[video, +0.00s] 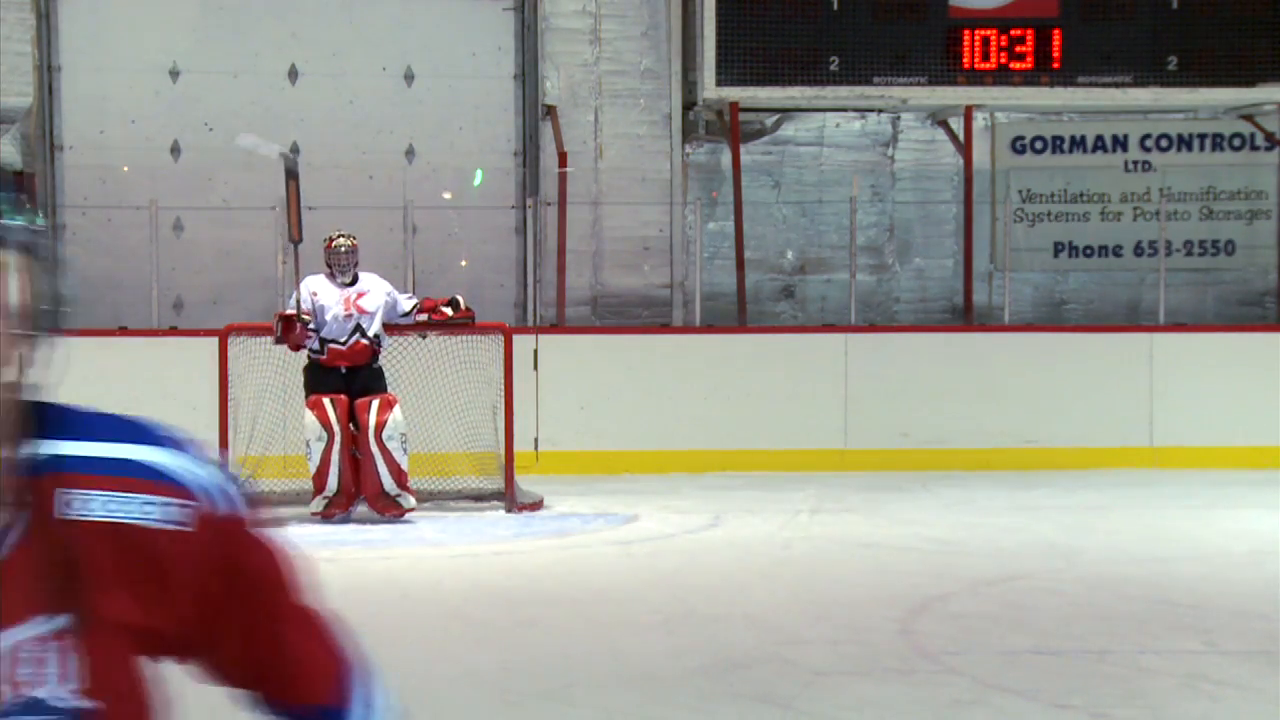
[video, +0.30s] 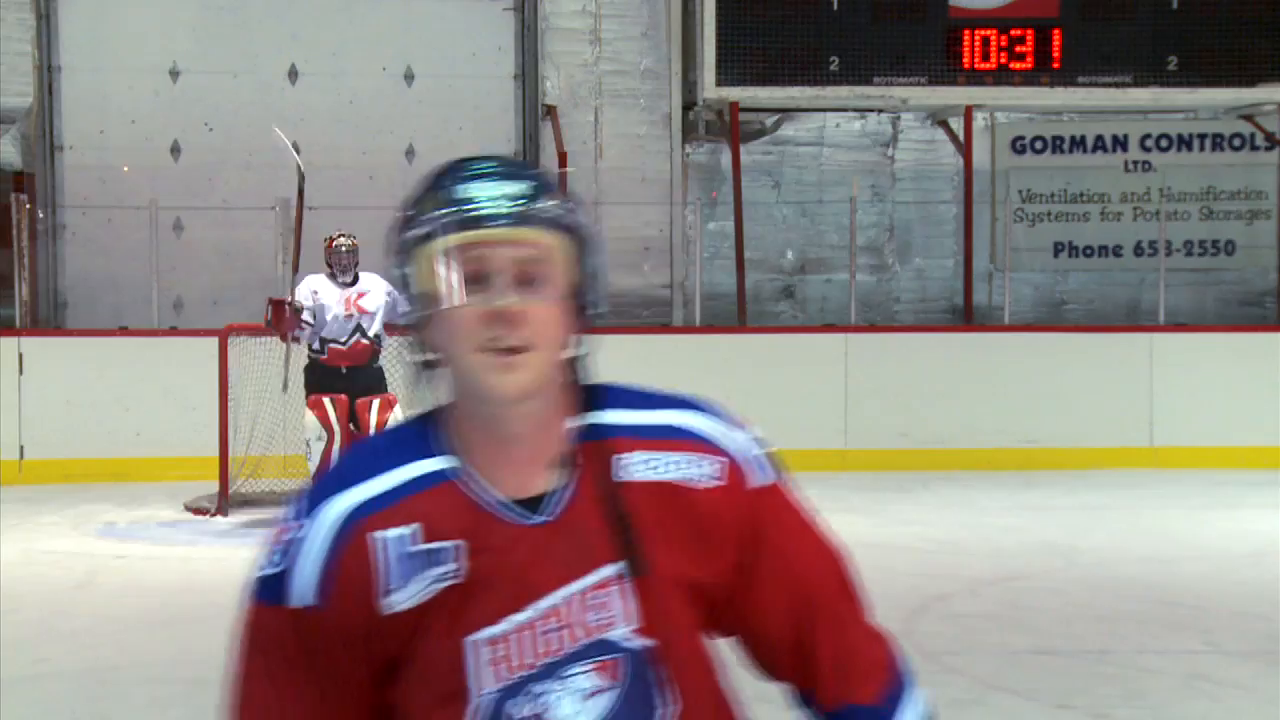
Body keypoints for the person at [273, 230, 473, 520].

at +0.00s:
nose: (343, 261)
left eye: (348, 255)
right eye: (337, 255)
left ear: (357, 257)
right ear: (327, 258)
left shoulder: (375, 285)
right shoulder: (311, 286)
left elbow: (405, 309)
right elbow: (295, 332)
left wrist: (441, 306)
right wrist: (295, 327)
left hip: (366, 372)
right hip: (325, 374)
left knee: (381, 429)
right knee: (329, 433)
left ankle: (385, 499)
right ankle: (334, 500)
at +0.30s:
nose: (344, 261)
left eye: (348, 255)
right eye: (338, 256)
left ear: (356, 257)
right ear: (328, 258)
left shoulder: (377, 285)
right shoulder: (312, 286)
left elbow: (406, 319)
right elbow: (297, 334)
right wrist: (289, 319)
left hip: (367, 376)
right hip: (324, 378)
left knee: (383, 440)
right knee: (328, 443)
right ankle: (328, 503)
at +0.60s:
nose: (344, 259)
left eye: (348, 253)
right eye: (338, 254)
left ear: (356, 256)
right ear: (327, 258)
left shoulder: (375, 285)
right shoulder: (313, 284)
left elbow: (405, 309)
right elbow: (285, 322)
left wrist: (442, 306)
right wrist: (295, 304)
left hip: (366, 372)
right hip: (325, 374)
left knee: (382, 429)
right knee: (333, 432)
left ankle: (387, 499)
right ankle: (333, 501)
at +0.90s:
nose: (342, 260)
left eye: (347, 253)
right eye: (336, 255)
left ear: (354, 255)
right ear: (325, 259)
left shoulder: (374, 285)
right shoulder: (312, 288)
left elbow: (404, 308)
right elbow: (295, 336)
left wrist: (440, 307)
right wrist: (289, 324)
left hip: (366, 372)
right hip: (325, 374)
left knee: (385, 426)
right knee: (333, 430)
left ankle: (386, 499)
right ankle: (332, 501)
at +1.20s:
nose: (346, 262)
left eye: (351, 256)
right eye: (340, 256)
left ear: (359, 257)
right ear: (329, 259)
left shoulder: (378, 285)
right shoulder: (313, 288)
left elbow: (407, 310)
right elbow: (293, 329)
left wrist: (442, 308)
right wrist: (278, 323)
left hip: (368, 374)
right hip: (326, 375)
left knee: (386, 429)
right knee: (332, 432)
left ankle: (384, 499)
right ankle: (334, 502)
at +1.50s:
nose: (350, 263)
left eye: (355, 258)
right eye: (344, 258)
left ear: (363, 259)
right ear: (334, 259)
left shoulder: (381, 287)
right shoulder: (313, 286)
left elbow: (419, 307)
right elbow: (280, 314)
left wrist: (452, 308)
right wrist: (247, 310)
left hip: (367, 372)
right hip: (325, 374)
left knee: (381, 430)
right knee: (330, 432)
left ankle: (385, 498)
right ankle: (334, 500)